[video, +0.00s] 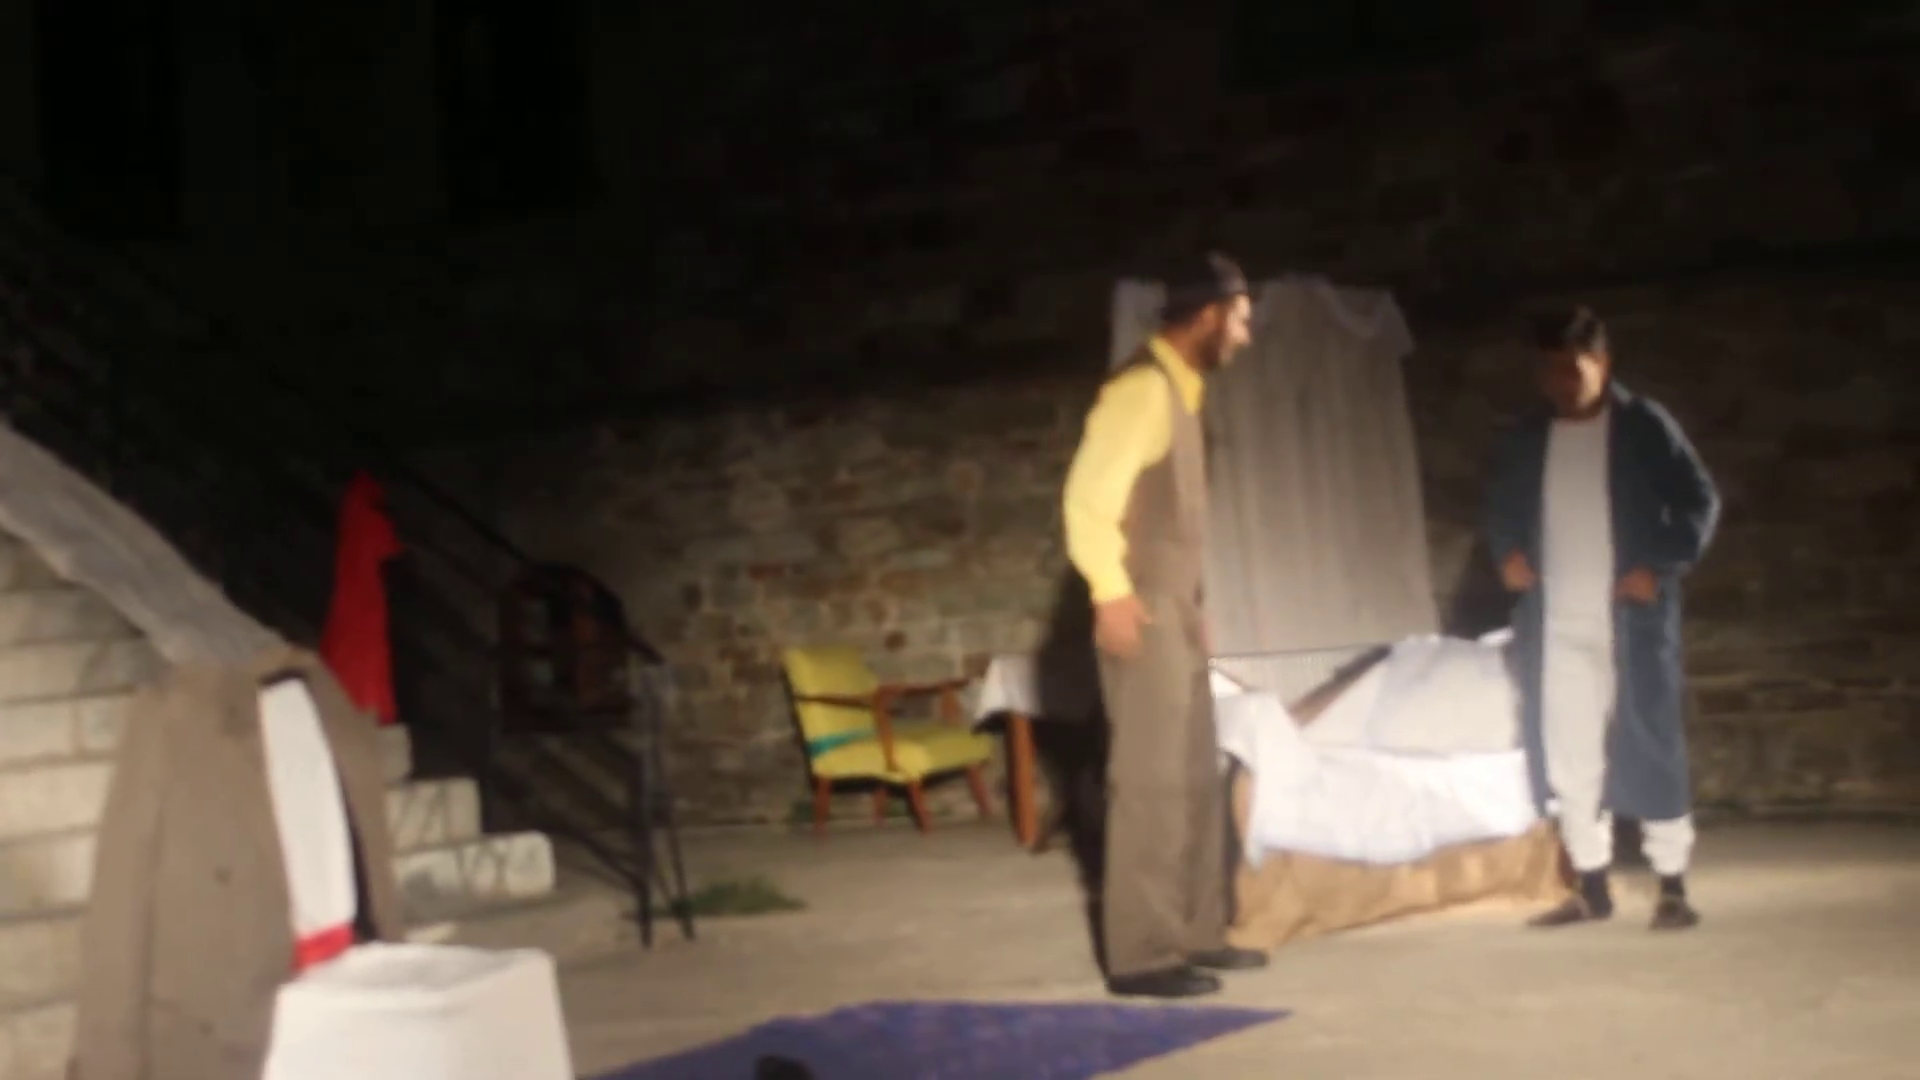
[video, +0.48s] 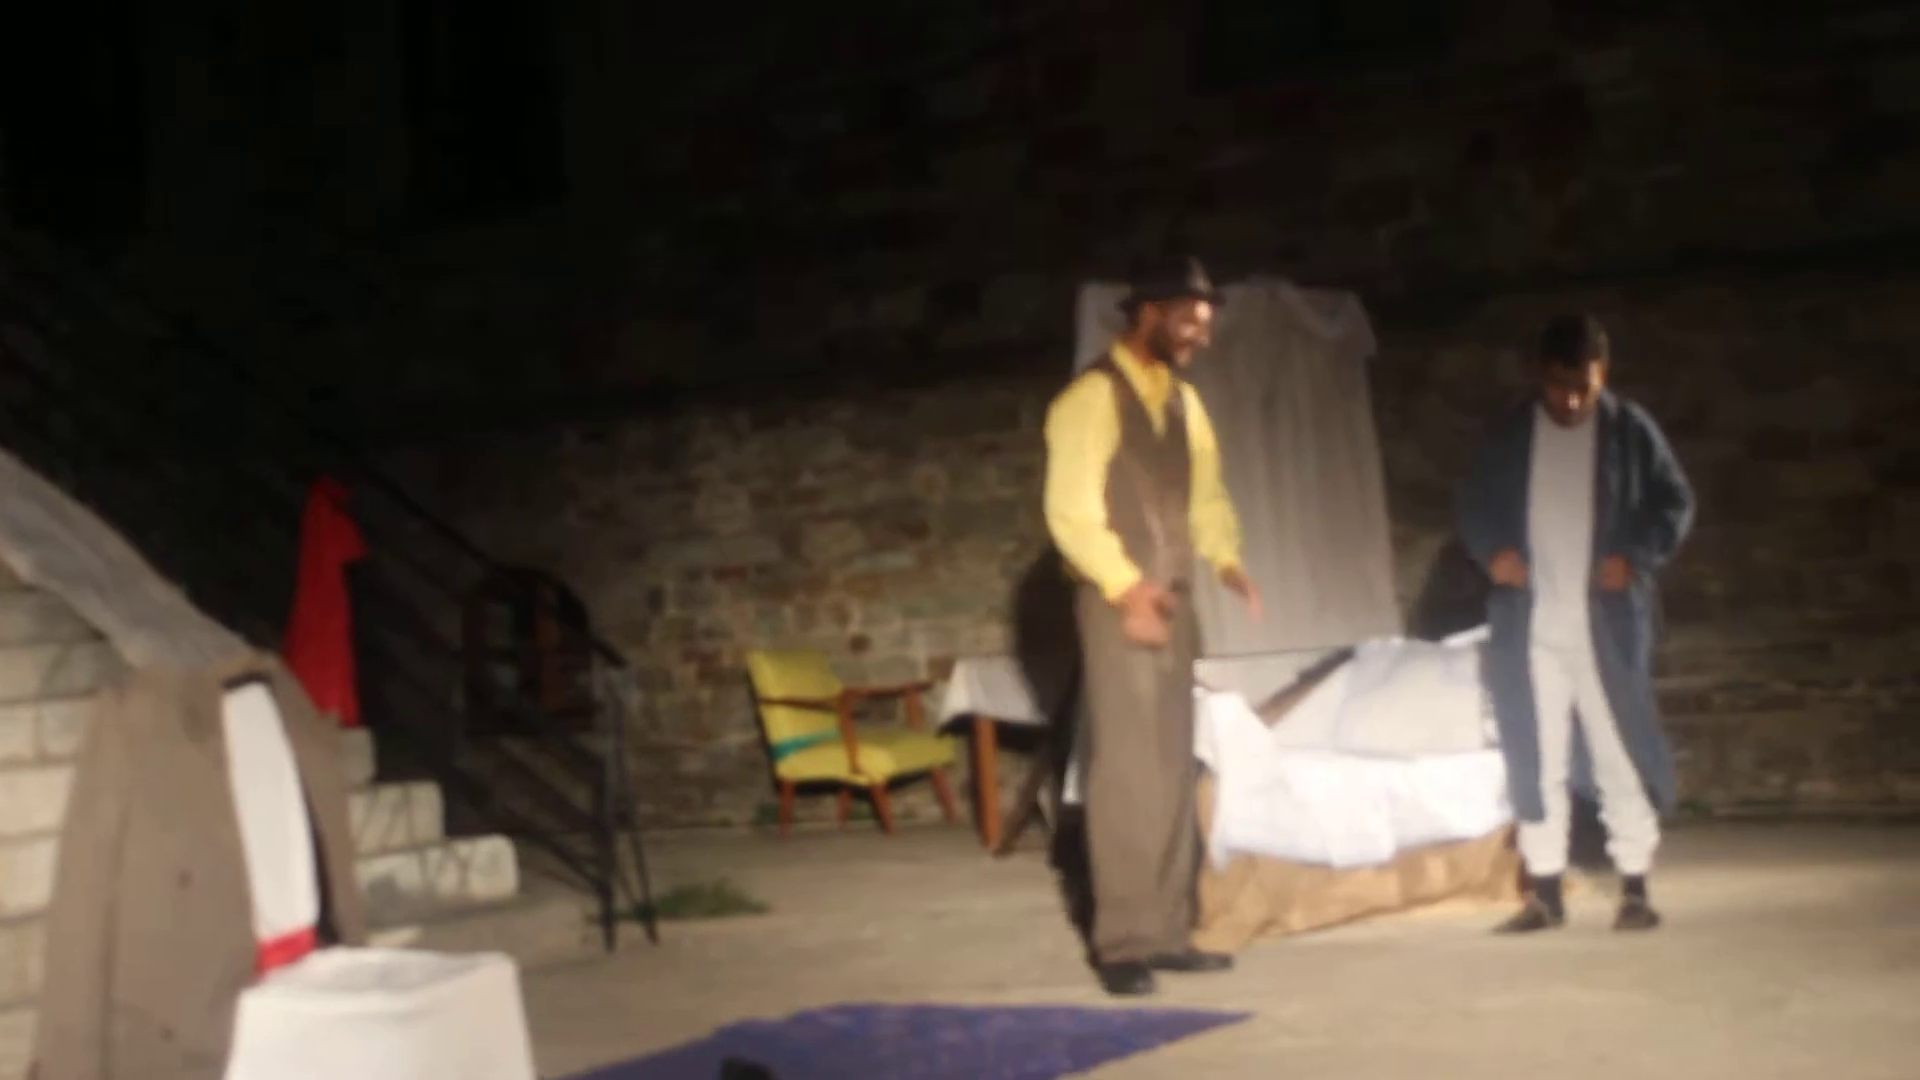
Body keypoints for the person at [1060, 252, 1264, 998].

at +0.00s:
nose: (1248, 331)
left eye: (1247, 316)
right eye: (1240, 316)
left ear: (1203, 316)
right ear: (1207, 316)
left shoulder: (1180, 396)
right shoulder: (1141, 392)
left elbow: (1173, 519)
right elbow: (1088, 496)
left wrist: (1193, 610)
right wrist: (1112, 591)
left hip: (1180, 614)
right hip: (1145, 615)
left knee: (1192, 775)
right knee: (1148, 782)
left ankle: (1196, 933)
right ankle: (1139, 953)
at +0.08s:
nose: (1252, 335)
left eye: (1251, 320)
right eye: (1244, 320)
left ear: (1204, 320)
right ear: (1209, 318)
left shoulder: (1183, 397)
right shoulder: (1140, 393)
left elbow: (1172, 519)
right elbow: (1081, 495)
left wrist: (1196, 615)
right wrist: (1096, 591)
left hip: (1183, 611)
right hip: (1144, 611)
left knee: (1198, 773)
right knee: (1154, 779)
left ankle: (1196, 932)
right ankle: (1142, 951)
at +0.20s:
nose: (1229, 342)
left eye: (1230, 327)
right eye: (1222, 326)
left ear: (1186, 323)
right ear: (1186, 321)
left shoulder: (1167, 393)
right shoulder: (1115, 393)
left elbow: (1171, 510)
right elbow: (1060, 496)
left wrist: (1194, 593)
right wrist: (1074, 590)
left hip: (1172, 603)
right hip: (1133, 604)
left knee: (1178, 771)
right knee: (1142, 775)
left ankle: (1177, 928)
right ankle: (1129, 945)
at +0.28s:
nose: (1216, 339)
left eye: (1217, 323)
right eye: (1208, 323)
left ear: (1175, 324)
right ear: (1171, 322)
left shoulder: (1169, 394)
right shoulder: (1100, 396)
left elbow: (1184, 503)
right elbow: (1051, 503)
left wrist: (1203, 587)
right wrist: (1074, 596)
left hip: (1171, 606)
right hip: (1128, 606)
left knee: (1172, 767)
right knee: (1139, 769)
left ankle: (1171, 928)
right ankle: (1130, 942)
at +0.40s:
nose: (1212, 337)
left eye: (1215, 323)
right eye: (1202, 322)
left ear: (1187, 322)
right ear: (1160, 317)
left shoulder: (1181, 397)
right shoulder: (1097, 396)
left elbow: (1202, 499)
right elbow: (1062, 506)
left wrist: (1226, 575)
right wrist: (1101, 591)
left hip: (1177, 606)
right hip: (1128, 607)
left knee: (1176, 765)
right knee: (1138, 770)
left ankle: (1174, 927)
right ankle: (1130, 941)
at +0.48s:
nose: (1200, 331)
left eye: (1205, 318)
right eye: (1188, 316)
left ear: (1199, 323)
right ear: (1145, 315)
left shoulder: (1186, 403)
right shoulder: (1089, 400)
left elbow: (1208, 494)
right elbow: (1071, 510)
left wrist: (1226, 559)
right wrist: (1125, 589)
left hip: (1175, 600)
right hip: (1121, 603)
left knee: (1172, 767)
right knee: (1128, 769)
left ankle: (1167, 929)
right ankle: (1122, 940)